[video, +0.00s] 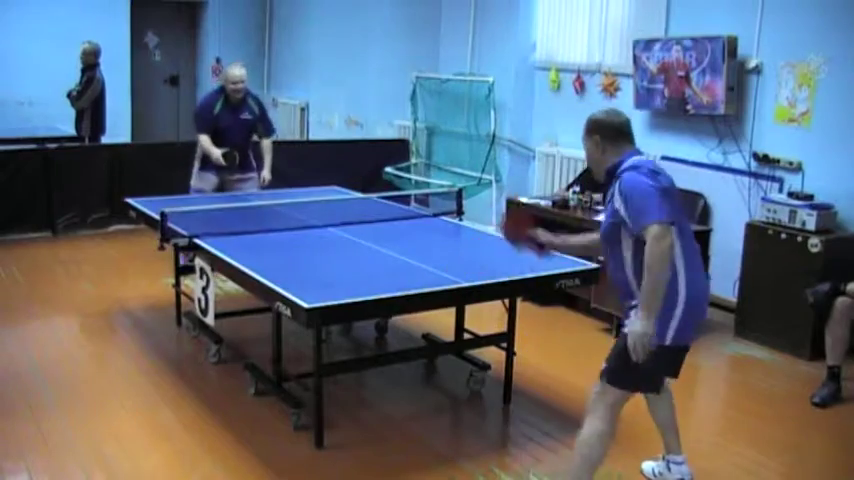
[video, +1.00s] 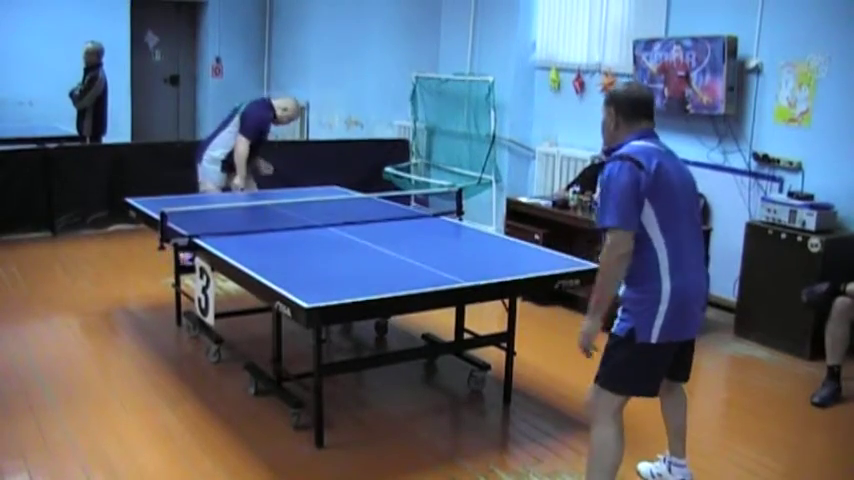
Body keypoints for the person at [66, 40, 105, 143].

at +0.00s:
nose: (82, 57)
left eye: (86, 54)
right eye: (82, 54)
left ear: (94, 56)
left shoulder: (94, 77)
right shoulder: (86, 74)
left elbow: (80, 103)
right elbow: (76, 89)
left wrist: (72, 94)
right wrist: (74, 94)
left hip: (91, 129)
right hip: (84, 128)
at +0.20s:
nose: (83, 57)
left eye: (87, 54)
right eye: (83, 54)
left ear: (95, 56)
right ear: (82, 55)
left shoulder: (95, 77)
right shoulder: (86, 74)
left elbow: (80, 103)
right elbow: (77, 88)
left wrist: (72, 93)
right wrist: (75, 94)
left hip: (92, 129)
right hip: (84, 127)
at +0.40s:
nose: (83, 57)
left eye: (87, 54)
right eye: (83, 54)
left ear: (96, 57)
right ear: (82, 55)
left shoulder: (95, 77)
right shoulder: (87, 74)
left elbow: (80, 103)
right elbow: (77, 89)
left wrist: (73, 93)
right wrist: (76, 94)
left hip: (92, 129)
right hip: (84, 128)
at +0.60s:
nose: (84, 57)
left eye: (88, 54)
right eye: (84, 54)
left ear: (96, 57)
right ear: (83, 55)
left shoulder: (96, 77)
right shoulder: (87, 74)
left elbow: (81, 103)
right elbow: (77, 89)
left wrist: (73, 92)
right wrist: (76, 93)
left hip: (92, 129)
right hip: (84, 128)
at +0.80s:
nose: (84, 57)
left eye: (88, 54)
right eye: (84, 53)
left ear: (97, 57)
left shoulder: (96, 77)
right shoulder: (88, 74)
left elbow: (81, 103)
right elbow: (76, 89)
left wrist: (74, 92)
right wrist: (77, 94)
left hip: (92, 129)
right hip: (85, 128)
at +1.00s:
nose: (86, 57)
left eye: (90, 54)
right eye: (86, 53)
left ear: (98, 56)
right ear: (84, 55)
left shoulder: (97, 76)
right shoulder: (88, 74)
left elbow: (82, 102)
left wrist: (74, 92)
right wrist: (77, 93)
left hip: (93, 129)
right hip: (85, 127)